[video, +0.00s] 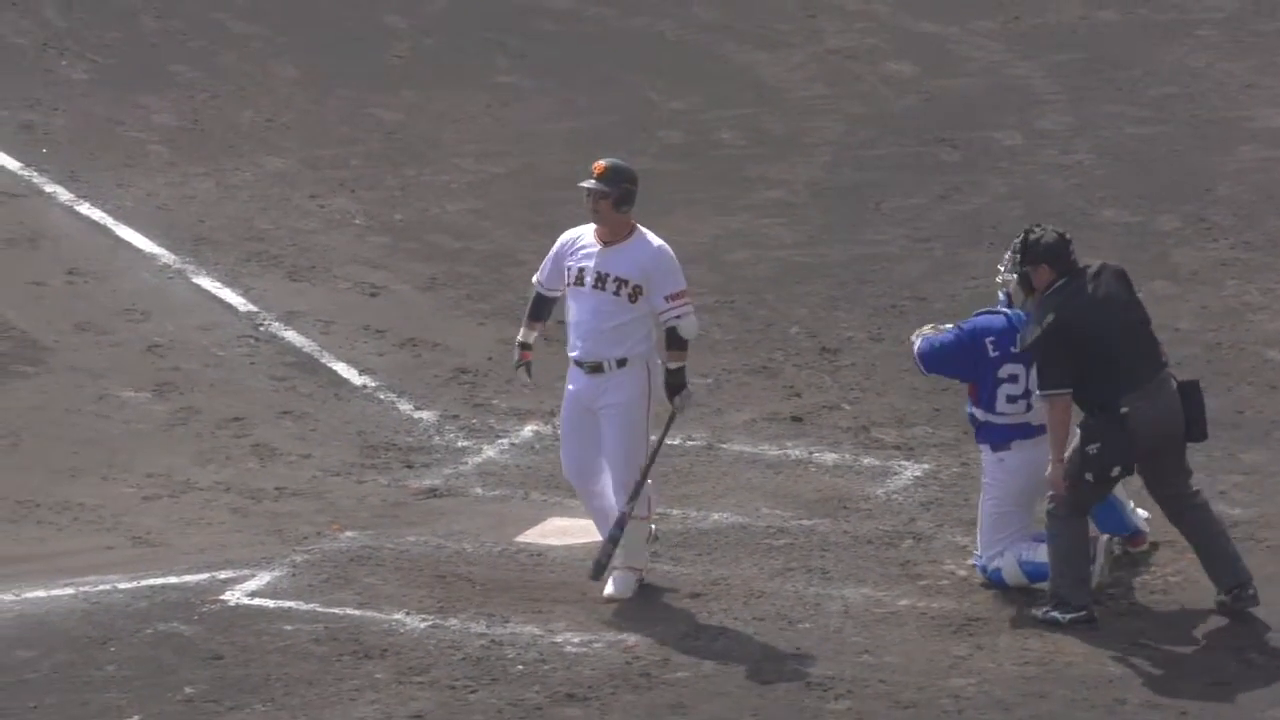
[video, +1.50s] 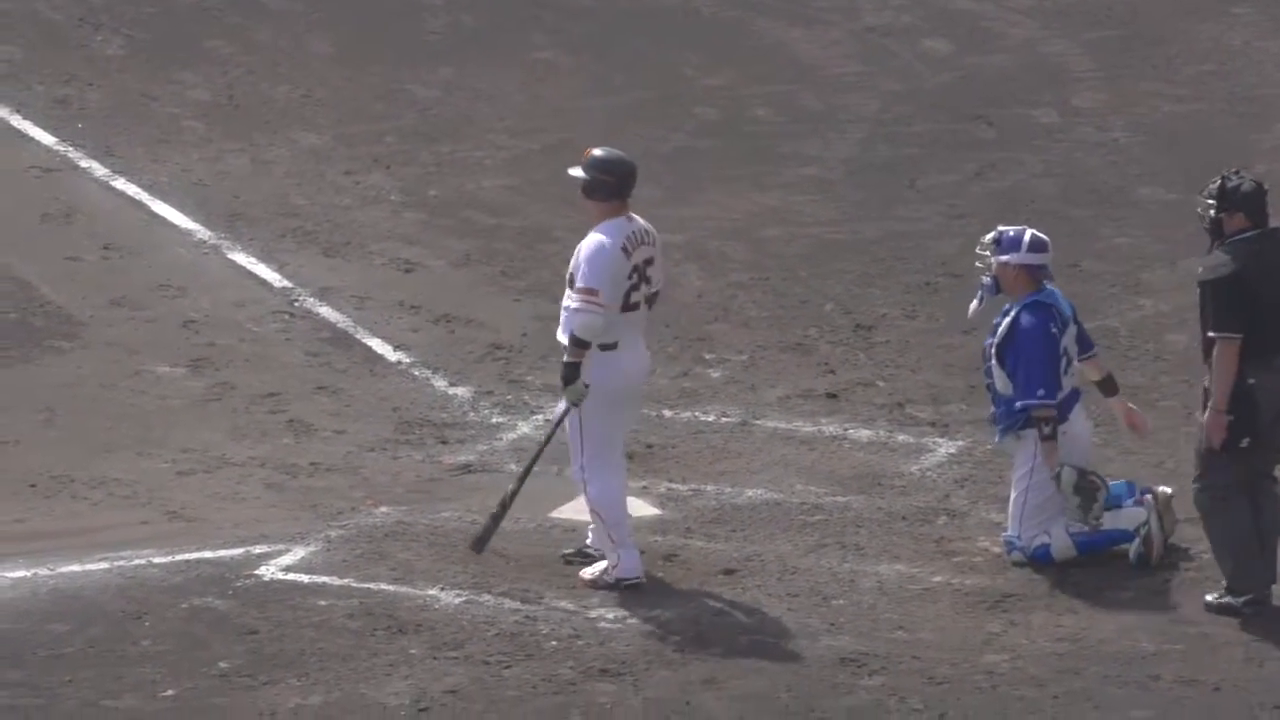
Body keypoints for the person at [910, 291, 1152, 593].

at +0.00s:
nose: (1005, 286)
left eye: (1010, 279)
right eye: (1009, 276)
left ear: (1018, 287)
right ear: (1048, 285)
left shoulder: (989, 329)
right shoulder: (1066, 322)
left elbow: (926, 351)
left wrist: (929, 333)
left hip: (1010, 462)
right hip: (1064, 446)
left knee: (994, 560)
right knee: (1084, 480)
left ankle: (1084, 553)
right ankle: (1132, 529)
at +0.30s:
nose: (1007, 298)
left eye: (1011, 294)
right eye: (1017, 295)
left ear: (1015, 300)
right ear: (1058, 308)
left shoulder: (984, 340)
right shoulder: (1072, 343)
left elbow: (908, 363)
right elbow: (1104, 390)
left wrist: (849, 380)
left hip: (1008, 466)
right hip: (1066, 453)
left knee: (1006, 567)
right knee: (1092, 498)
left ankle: (1095, 569)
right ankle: (1136, 538)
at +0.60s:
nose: (1005, 305)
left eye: (1012, 301)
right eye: (1008, 298)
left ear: (1031, 312)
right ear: (1036, 312)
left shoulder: (1038, 381)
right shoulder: (1042, 327)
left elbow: (1023, 443)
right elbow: (999, 291)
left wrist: (966, 441)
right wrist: (939, 294)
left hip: (1037, 469)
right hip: (1059, 443)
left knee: (1014, 571)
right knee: (1070, 491)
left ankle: (1122, 555)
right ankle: (1136, 530)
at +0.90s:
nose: (979, 295)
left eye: (986, 288)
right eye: (982, 287)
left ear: (1006, 297)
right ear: (1005, 296)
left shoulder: (1044, 350)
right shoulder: (997, 320)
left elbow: (1041, 425)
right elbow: (974, 315)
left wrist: (991, 417)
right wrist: (956, 354)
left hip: (1047, 455)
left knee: (1018, 559)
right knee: (1067, 487)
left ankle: (1130, 538)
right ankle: (1136, 513)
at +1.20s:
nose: (982, 281)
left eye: (988, 274)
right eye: (984, 273)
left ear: (1006, 283)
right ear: (1011, 281)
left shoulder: (1030, 339)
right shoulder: (1021, 313)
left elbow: (1022, 413)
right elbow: (1008, 379)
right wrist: (983, 412)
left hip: (1052, 444)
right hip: (1055, 426)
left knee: (1026, 548)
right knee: (1051, 495)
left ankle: (1135, 526)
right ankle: (1134, 501)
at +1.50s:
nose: (991, 269)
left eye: (997, 263)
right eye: (993, 262)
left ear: (1015, 269)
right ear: (1024, 268)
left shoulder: (1030, 323)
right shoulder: (1051, 299)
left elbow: (1042, 396)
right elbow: (1087, 357)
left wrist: (1049, 452)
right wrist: (1119, 402)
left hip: (1045, 435)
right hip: (1068, 421)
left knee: (1025, 543)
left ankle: (1135, 527)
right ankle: (1142, 502)